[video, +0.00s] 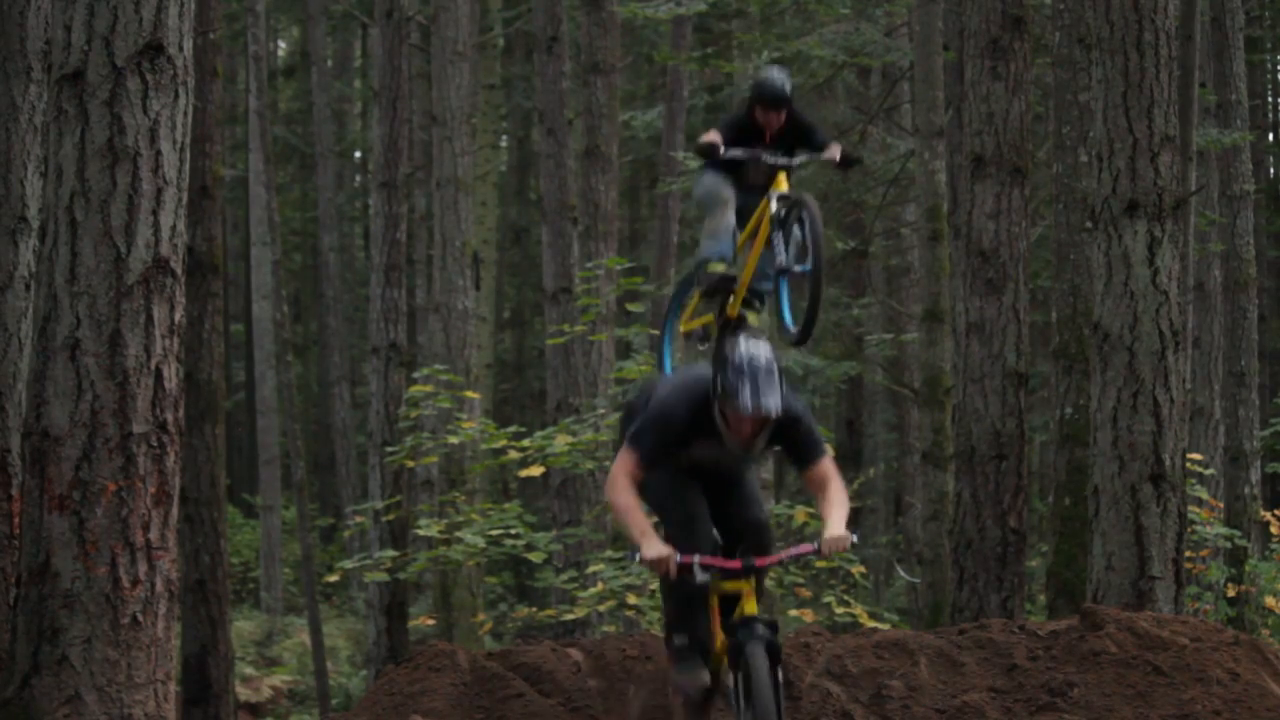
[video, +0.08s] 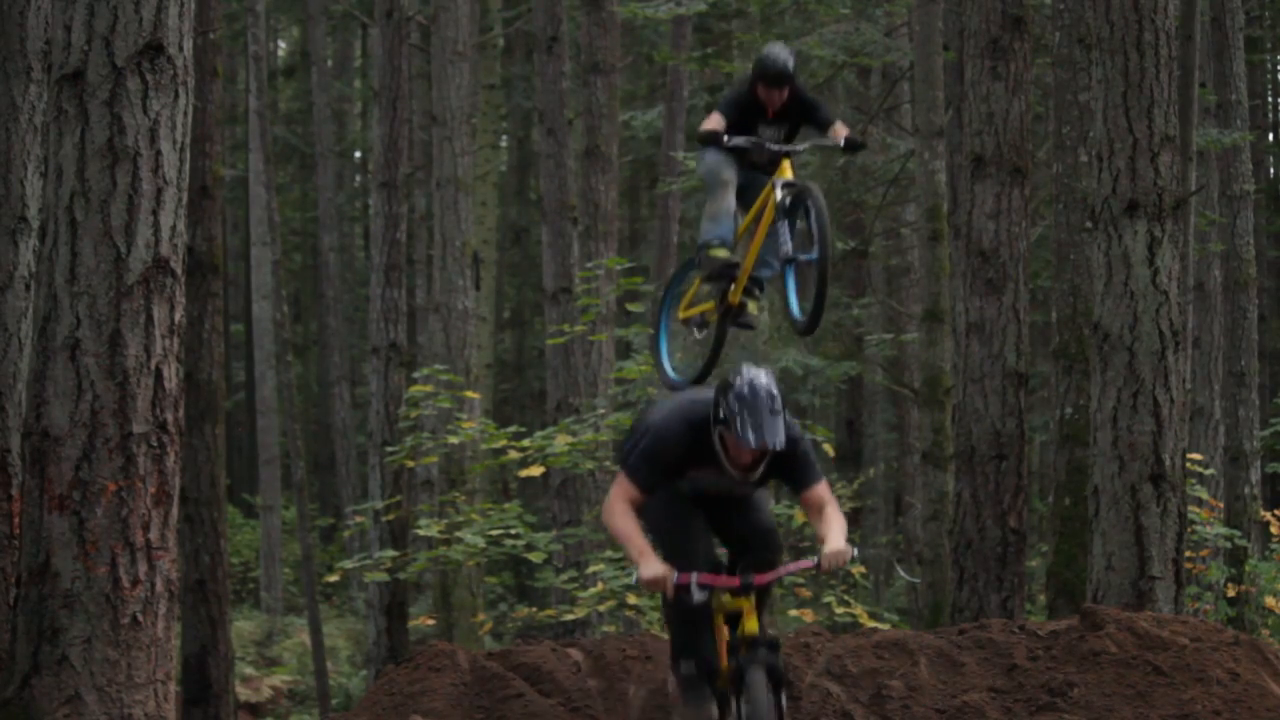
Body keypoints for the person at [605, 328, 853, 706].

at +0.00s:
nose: (747, 427)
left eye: (758, 416)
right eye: (739, 414)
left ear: (775, 403)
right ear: (719, 398)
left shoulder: (784, 412)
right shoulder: (676, 405)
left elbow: (828, 480)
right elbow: (618, 480)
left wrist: (835, 527)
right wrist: (647, 540)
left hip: (723, 465)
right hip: (665, 465)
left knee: (755, 531)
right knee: (695, 542)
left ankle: (743, 627)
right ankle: (684, 647)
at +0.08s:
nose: (750, 454)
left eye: (760, 445)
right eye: (743, 442)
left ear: (776, 430)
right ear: (722, 425)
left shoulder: (784, 438)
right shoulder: (672, 431)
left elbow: (823, 504)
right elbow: (615, 505)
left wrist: (834, 542)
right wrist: (647, 561)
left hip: (734, 491)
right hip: (671, 491)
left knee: (763, 546)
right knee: (693, 569)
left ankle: (749, 632)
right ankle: (691, 673)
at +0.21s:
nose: (746, 470)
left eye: (755, 461)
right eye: (738, 459)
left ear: (772, 447)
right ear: (715, 444)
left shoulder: (785, 462)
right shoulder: (672, 457)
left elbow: (823, 536)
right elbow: (616, 540)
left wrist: (831, 583)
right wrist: (637, 607)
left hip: (736, 532)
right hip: (668, 537)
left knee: (773, 591)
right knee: (688, 630)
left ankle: (772, 684)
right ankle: (699, 710)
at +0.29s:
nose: (738, 474)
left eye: (749, 463)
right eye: (729, 462)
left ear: (765, 453)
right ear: (708, 448)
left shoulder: (785, 473)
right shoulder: (665, 474)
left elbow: (825, 550)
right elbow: (614, 560)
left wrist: (829, 605)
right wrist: (631, 630)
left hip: (738, 549)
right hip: (666, 558)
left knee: (775, 624)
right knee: (689, 651)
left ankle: (777, 709)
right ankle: (692, 712)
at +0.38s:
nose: (731, 474)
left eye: (742, 461)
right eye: (720, 461)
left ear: (759, 455)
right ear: (700, 453)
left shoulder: (781, 483)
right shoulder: (659, 489)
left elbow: (826, 565)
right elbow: (611, 578)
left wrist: (828, 631)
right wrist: (627, 654)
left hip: (742, 575)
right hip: (668, 584)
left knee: (776, 660)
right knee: (688, 680)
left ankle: (776, 711)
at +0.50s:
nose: (716, 484)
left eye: (728, 471)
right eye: (703, 471)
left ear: (745, 465)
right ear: (683, 467)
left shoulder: (776, 513)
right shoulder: (646, 519)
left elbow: (819, 602)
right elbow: (608, 612)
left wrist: (820, 680)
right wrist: (613, 697)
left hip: (744, 611)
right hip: (665, 618)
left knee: (769, 702)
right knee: (686, 708)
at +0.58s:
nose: (701, 496)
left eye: (713, 482)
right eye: (688, 483)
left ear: (734, 479)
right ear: (669, 482)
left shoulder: (768, 540)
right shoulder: (632, 547)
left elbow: (807, 640)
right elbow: (594, 646)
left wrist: (810, 715)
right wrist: (593, 716)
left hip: (741, 656)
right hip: (659, 661)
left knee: (764, 711)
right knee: (668, 712)